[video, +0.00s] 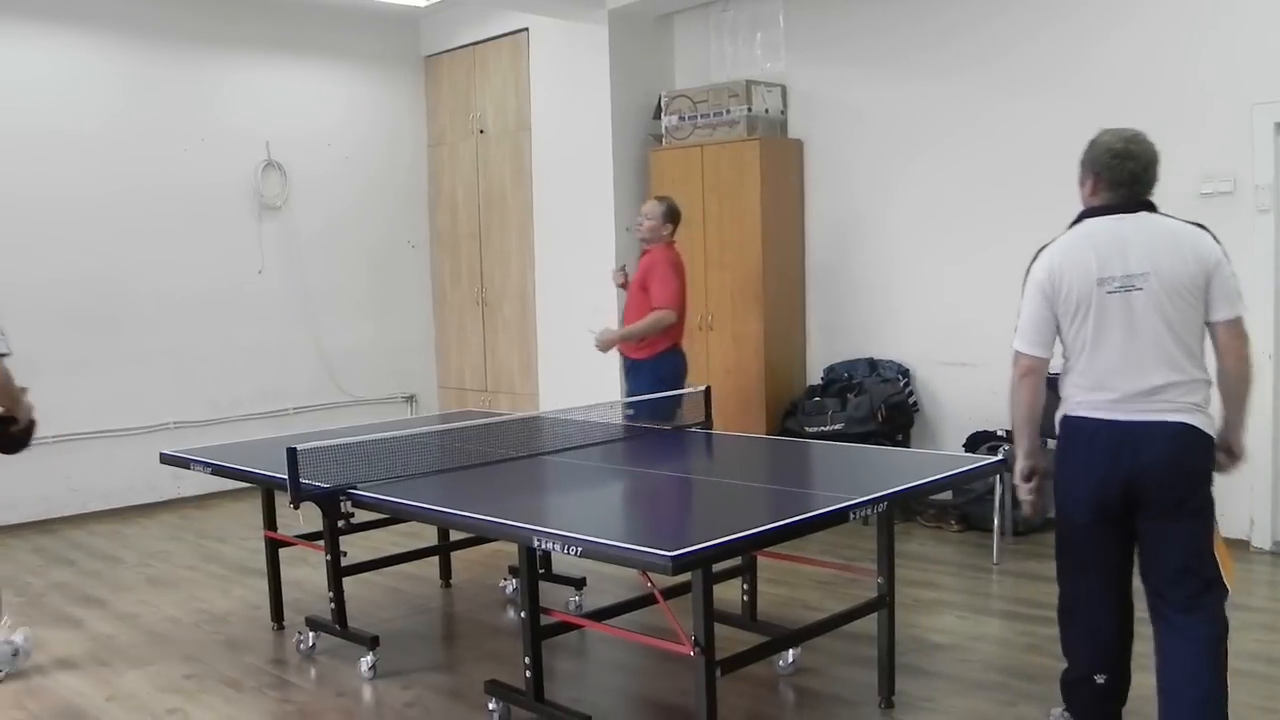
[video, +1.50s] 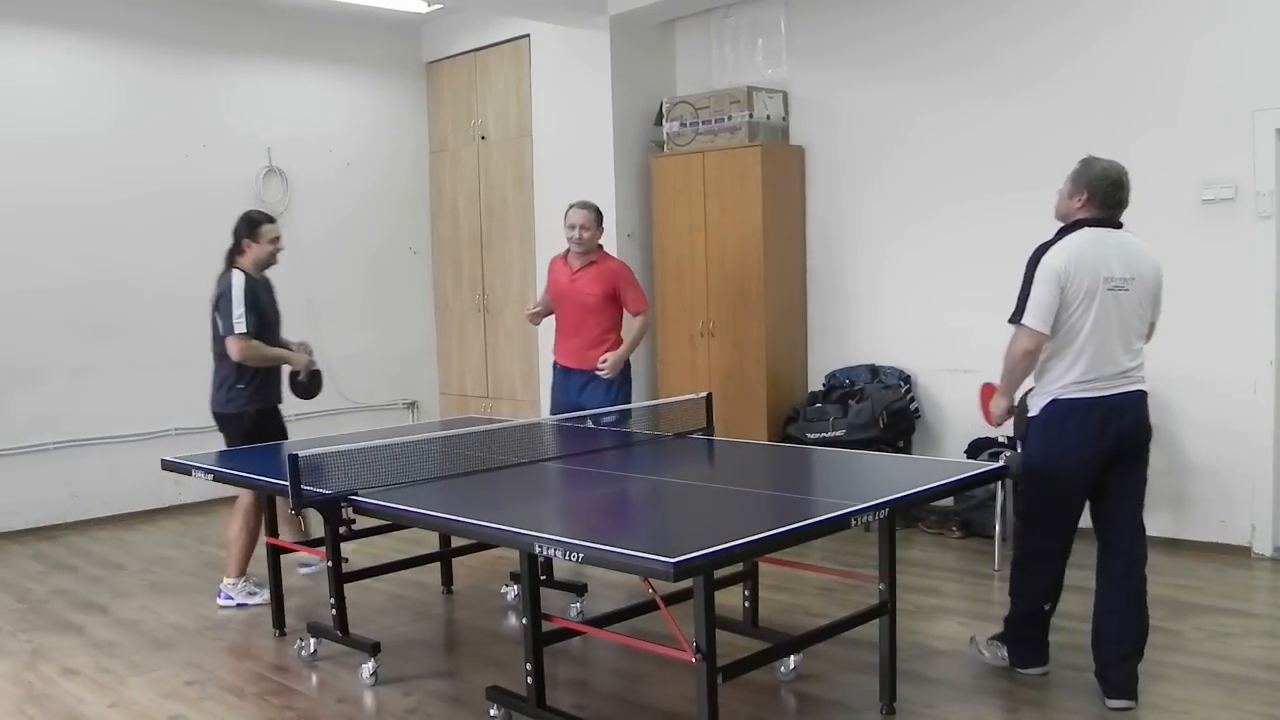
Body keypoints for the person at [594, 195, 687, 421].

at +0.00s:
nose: (639, 222)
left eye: (647, 218)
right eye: (640, 216)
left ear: (666, 229)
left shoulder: (663, 258)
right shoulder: (652, 256)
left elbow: (667, 314)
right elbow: (650, 298)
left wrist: (618, 336)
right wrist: (627, 285)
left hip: (656, 364)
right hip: (645, 362)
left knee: (649, 442)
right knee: (644, 441)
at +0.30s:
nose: (601, 231)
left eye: (609, 226)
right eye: (601, 224)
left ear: (629, 234)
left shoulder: (631, 265)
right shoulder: (622, 260)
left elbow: (644, 322)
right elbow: (631, 300)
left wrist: (599, 354)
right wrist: (603, 291)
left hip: (632, 370)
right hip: (623, 368)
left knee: (629, 449)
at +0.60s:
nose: (572, 242)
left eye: (579, 237)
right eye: (570, 235)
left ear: (601, 240)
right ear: (568, 233)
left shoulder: (610, 270)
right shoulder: (594, 263)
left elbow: (634, 327)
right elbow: (607, 296)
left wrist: (595, 366)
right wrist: (581, 296)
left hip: (625, 375)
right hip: (610, 374)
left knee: (627, 453)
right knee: (622, 452)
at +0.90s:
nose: (558, 245)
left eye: (566, 240)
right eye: (556, 238)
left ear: (588, 241)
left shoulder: (601, 273)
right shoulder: (580, 263)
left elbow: (632, 325)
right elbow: (592, 297)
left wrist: (600, 370)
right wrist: (567, 305)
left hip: (621, 375)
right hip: (602, 375)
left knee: (627, 451)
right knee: (620, 449)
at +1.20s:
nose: (563, 242)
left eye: (571, 237)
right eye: (560, 235)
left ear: (592, 238)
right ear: (557, 233)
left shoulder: (606, 275)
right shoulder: (572, 266)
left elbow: (636, 324)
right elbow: (580, 295)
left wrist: (602, 366)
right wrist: (559, 305)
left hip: (615, 376)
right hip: (587, 376)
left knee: (616, 450)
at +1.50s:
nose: (577, 235)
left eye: (585, 229)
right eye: (571, 228)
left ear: (599, 232)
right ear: (564, 230)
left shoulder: (616, 270)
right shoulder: (557, 265)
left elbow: (643, 316)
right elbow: (551, 297)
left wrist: (622, 355)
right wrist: (539, 311)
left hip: (606, 377)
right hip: (565, 376)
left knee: (608, 451)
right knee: (566, 451)